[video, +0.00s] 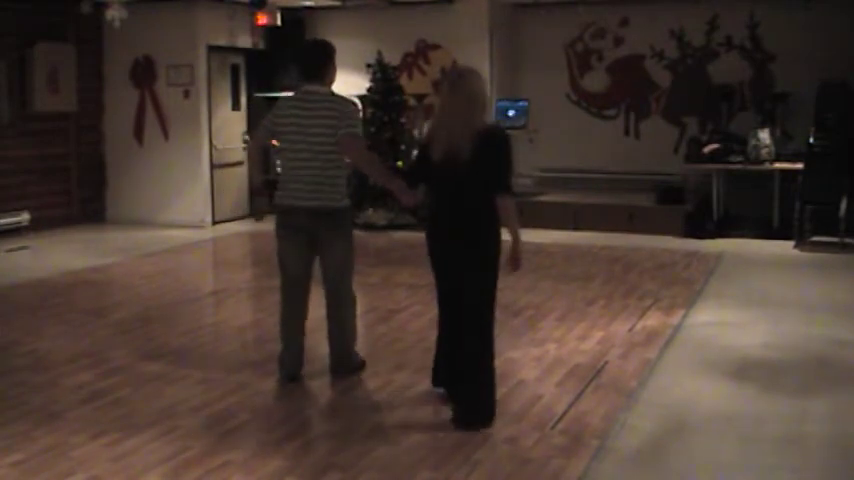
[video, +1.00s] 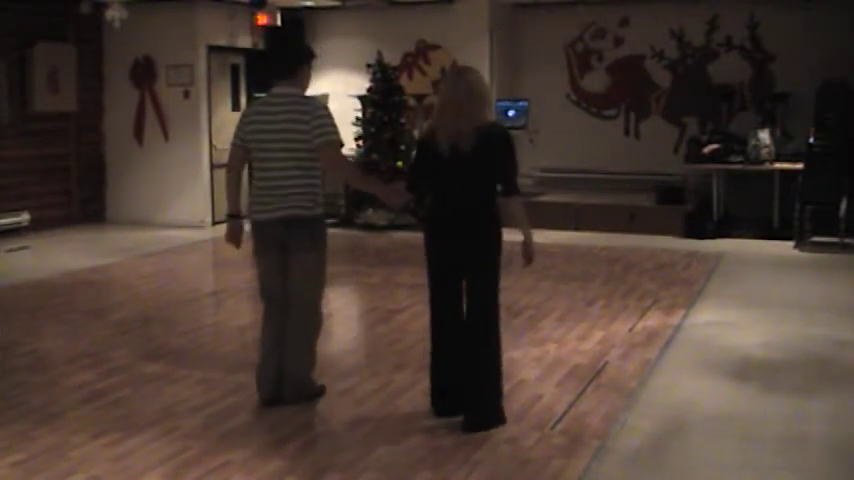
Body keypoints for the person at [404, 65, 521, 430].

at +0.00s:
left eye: (444, 93)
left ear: (444, 98)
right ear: (482, 98)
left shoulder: (436, 139)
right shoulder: (493, 139)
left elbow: (412, 191)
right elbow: (502, 196)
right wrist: (515, 239)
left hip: (443, 241)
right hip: (480, 243)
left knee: (451, 314)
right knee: (478, 321)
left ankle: (448, 381)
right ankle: (476, 408)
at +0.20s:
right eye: (485, 93)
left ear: (445, 97)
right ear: (484, 98)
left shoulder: (435, 138)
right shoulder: (494, 138)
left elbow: (411, 190)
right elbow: (503, 198)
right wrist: (516, 239)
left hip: (441, 244)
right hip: (479, 244)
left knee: (449, 321)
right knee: (479, 323)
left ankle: (446, 402)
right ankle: (477, 407)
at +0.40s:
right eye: (485, 93)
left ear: (445, 95)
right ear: (483, 97)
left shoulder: (432, 137)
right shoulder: (491, 138)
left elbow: (414, 188)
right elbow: (498, 196)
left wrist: (429, 220)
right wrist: (509, 240)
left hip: (437, 242)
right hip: (477, 242)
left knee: (440, 318)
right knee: (481, 318)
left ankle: (437, 402)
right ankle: (478, 404)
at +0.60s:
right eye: (483, 93)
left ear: (445, 96)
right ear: (482, 98)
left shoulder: (430, 137)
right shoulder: (490, 138)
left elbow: (416, 189)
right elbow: (494, 197)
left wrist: (428, 222)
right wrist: (503, 240)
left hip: (436, 240)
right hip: (476, 239)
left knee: (438, 317)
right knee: (485, 317)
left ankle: (435, 403)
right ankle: (484, 405)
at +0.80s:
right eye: (483, 92)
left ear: (443, 97)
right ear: (483, 97)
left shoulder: (432, 139)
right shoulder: (494, 138)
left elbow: (416, 194)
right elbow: (503, 196)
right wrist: (516, 238)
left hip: (440, 243)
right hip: (482, 243)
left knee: (442, 318)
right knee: (483, 322)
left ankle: (439, 404)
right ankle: (481, 410)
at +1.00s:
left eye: (442, 90)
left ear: (443, 98)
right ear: (483, 97)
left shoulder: (431, 140)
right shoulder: (496, 137)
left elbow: (415, 193)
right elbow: (509, 195)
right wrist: (526, 235)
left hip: (441, 243)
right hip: (483, 243)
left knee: (444, 317)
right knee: (482, 320)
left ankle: (445, 399)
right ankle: (482, 409)